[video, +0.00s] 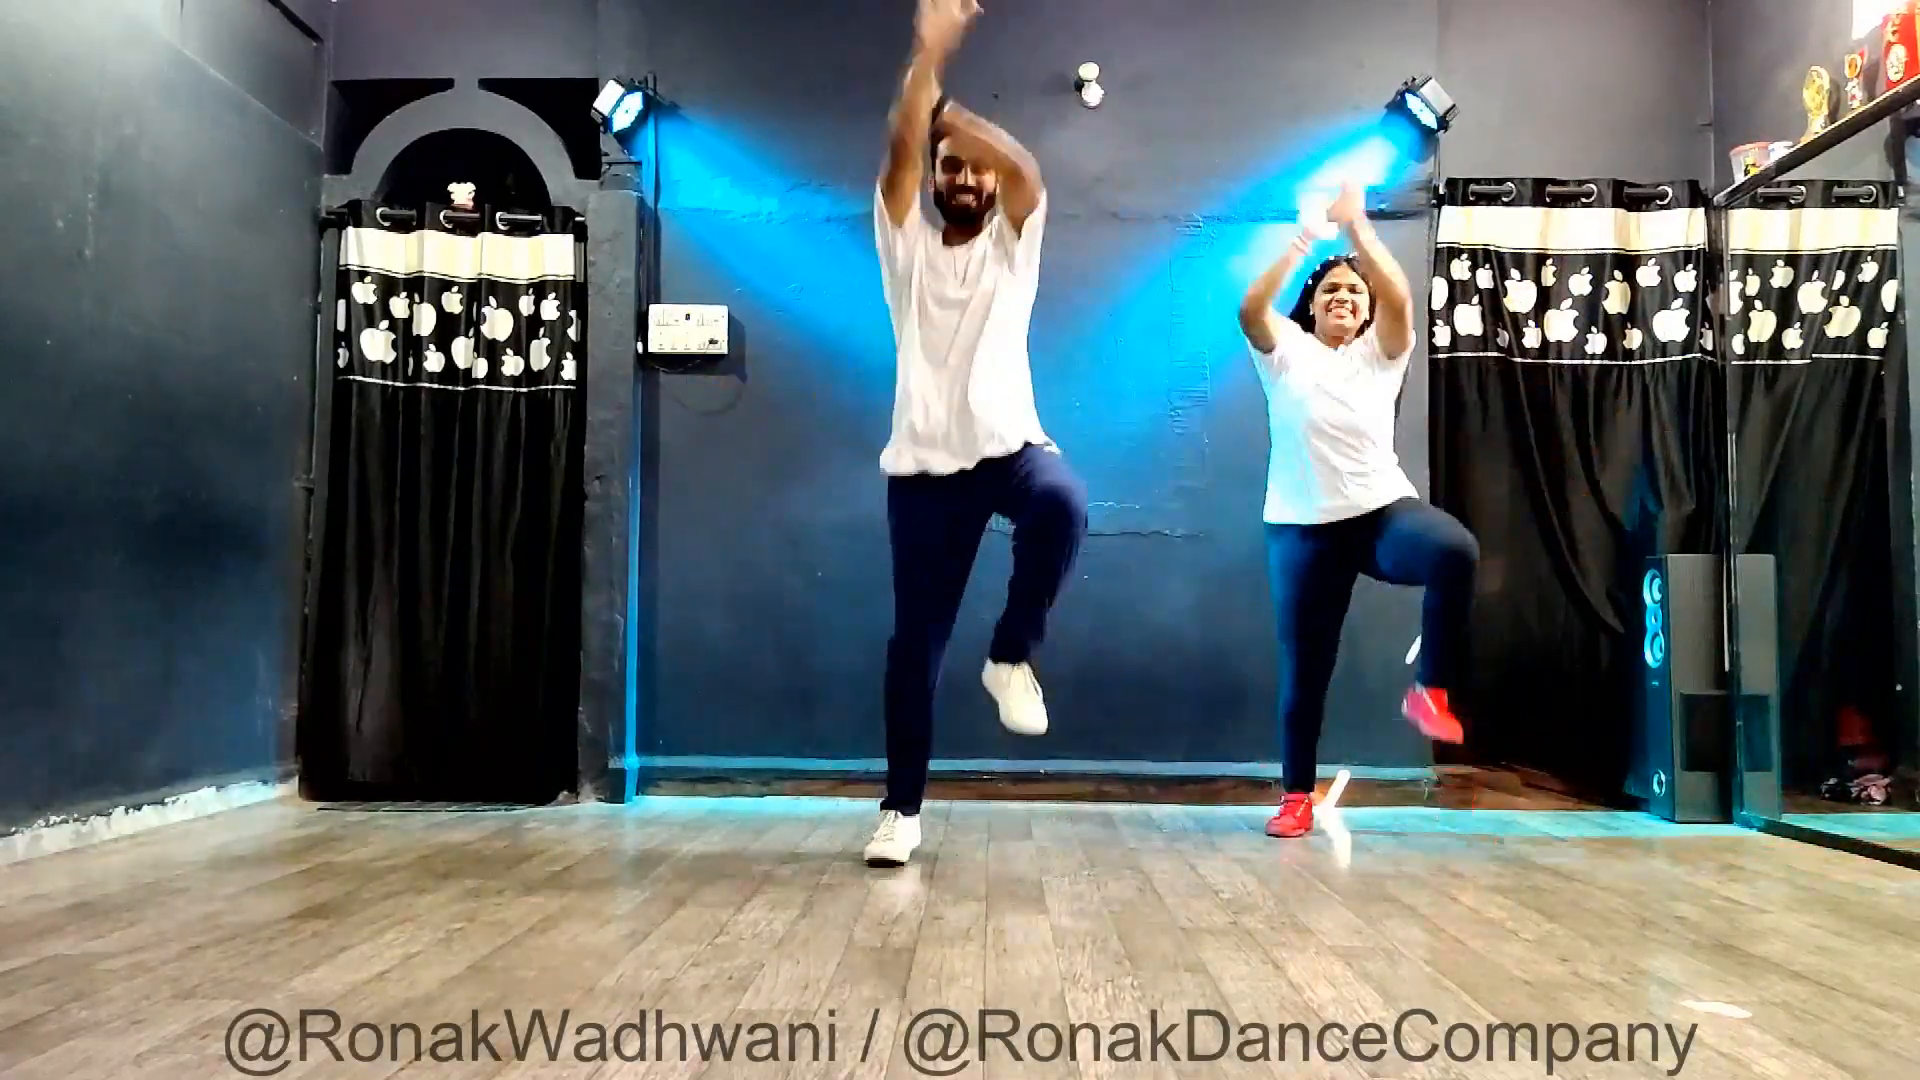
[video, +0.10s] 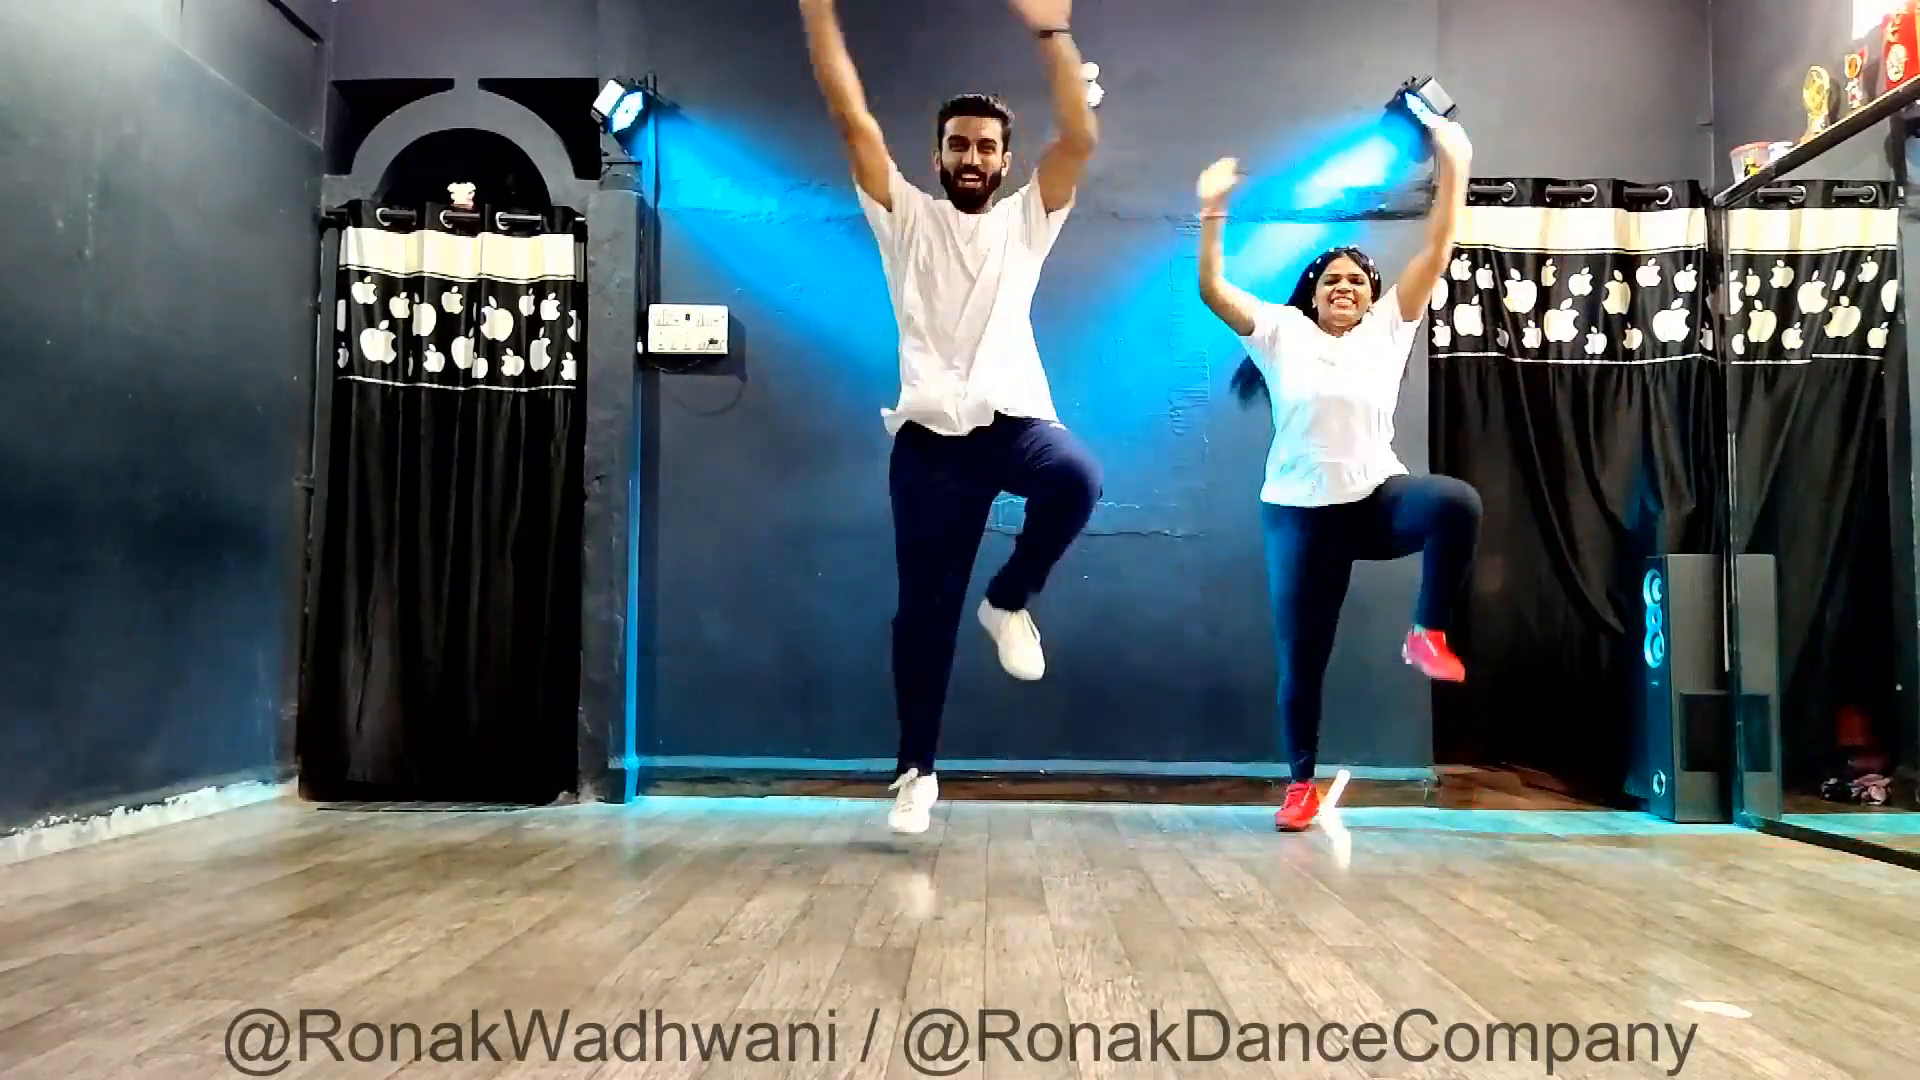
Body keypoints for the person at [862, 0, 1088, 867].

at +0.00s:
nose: (962, 181)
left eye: (976, 169)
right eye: (950, 168)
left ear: (998, 184)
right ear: (931, 178)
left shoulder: (1011, 243)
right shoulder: (904, 240)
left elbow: (1021, 170)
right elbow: (906, 146)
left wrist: (945, 104)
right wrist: (930, 50)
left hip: (1010, 448)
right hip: (927, 460)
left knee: (1060, 506)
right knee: (915, 645)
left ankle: (1011, 658)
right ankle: (900, 810)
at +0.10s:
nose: (975, 155)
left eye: (987, 144)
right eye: (961, 143)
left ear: (1007, 156)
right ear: (938, 151)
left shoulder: (1024, 219)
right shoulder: (905, 216)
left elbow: (1078, 137)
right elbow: (852, 120)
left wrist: (1055, 33)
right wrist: (818, 12)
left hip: (1015, 426)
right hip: (931, 437)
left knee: (1076, 481)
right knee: (928, 609)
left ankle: (1007, 601)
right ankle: (917, 771)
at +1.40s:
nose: (1005, 247)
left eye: (1007, 235)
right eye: (995, 232)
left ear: (980, 241)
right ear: (954, 235)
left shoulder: (1005, 299)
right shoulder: (870, 278)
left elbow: (1102, 281)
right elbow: (766, 264)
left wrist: (1065, 309)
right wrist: (666, 257)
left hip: (959, 490)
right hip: (881, 512)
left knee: (1077, 488)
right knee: (874, 679)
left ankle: (1008, 616)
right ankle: (838, 813)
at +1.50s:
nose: (999, 255)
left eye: (997, 243)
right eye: (986, 241)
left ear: (966, 252)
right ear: (946, 248)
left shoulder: (997, 320)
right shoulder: (861, 303)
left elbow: (1104, 328)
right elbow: (763, 309)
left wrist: (1056, 329)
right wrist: (659, 303)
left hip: (946, 499)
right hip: (867, 519)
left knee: (1065, 488)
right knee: (856, 677)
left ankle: (1037, 648)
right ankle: (841, 814)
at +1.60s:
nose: (991, 251)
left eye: (990, 240)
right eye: (979, 237)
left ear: (955, 249)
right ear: (940, 244)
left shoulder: (989, 340)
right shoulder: (861, 317)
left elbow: (1072, 405)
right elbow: (758, 365)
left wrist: (1042, 357)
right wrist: (659, 350)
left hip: (955, 519)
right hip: (869, 524)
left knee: (1054, 591)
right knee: (864, 679)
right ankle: (841, 813)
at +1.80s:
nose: (1005, 184)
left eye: (1004, 172)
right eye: (994, 170)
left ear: (979, 182)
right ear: (953, 176)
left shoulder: (1018, 237)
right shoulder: (878, 226)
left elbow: (1107, 224)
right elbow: (778, 235)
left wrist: (1063, 253)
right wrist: (677, 250)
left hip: (996, 465)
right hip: (902, 473)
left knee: (1072, 567)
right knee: (875, 633)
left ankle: (1042, 732)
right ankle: (848, 791)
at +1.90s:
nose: (1020, 165)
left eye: (1018, 153)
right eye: (1009, 151)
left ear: (989, 163)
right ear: (970, 159)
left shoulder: (1032, 229)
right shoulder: (892, 219)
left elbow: (1124, 268)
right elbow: (789, 253)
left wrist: (1073, 252)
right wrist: (691, 260)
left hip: (1006, 438)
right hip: (914, 450)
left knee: (1100, 511)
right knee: (899, 612)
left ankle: (1040, 655)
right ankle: (872, 769)